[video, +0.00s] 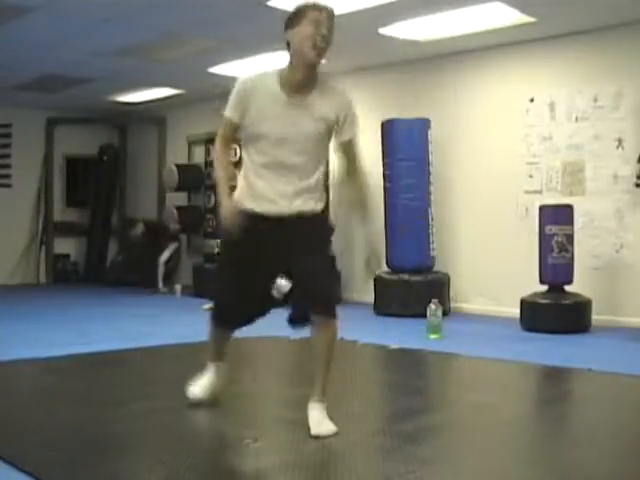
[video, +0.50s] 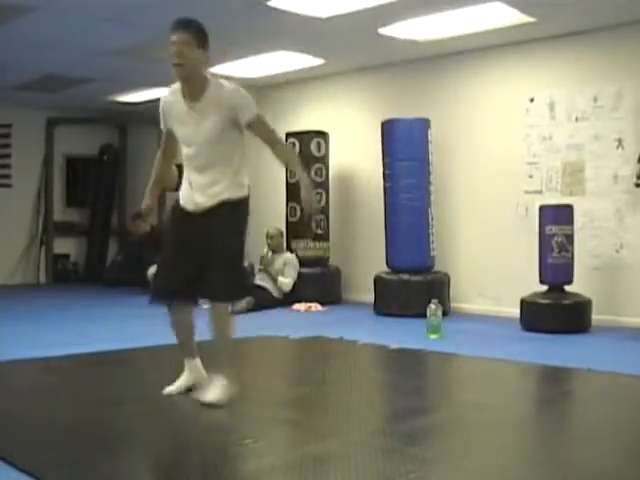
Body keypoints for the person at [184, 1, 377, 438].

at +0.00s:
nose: (321, 38)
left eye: (327, 34)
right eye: (313, 29)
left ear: (330, 44)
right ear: (290, 33)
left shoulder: (337, 100)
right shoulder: (249, 88)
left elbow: (349, 162)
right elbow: (223, 144)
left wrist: (359, 210)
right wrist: (225, 198)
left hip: (307, 222)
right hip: (252, 217)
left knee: (325, 309)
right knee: (227, 305)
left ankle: (318, 403)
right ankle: (215, 368)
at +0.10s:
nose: (308, 47)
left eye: (315, 43)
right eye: (302, 37)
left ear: (319, 53)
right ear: (279, 40)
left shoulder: (320, 110)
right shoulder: (238, 94)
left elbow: (320, 182)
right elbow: (213, 155)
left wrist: (322, 241)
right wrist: (206, 217)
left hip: (294, 225)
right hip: (238, 223)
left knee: (318, 306)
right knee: (210, 304)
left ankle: (316, 403)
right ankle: (201, 351)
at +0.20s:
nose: (271, 43)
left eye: (279, 38)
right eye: (266, 33)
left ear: (286, 45)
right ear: (251, 34)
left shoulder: (292, 98)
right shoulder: (213, 87)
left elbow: (299, 166)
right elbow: (194, 147)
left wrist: (300, 223)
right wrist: (186, 201)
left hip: (273, 216)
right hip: (216, 213)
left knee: (297, 301)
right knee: (193, 297)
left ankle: (314, 397)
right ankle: (198, 352)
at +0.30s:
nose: (230, 52)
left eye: (238, 45)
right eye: (225, 43)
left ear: (247, 48)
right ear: (212, 45)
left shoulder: (264, 102)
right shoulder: (189, 101)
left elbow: (285, 165)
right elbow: (174, 157)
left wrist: (296, 220)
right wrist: (157, 205)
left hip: (254, 217)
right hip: (200, 218)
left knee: (276, 302)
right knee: (177, 299)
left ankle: (300, 391)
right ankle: (194, 366)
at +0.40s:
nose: (195, 66)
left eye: (204, 59)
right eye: (190, 58)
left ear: (218, 63)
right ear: (182, 63)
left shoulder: (241, 110)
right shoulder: (174, 113)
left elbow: (274, 164)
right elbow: (167, 168)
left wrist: (300, 210)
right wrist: (143, 214)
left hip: (236, 221)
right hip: (190, 223)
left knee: (249, 304)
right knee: (168, 302)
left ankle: (266, 387)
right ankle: (195, 370)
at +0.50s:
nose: (175, 55)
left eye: (184, 48)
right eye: (172, 48)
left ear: (204, 53)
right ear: (168, 54)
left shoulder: (231, 95)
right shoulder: (169, 102)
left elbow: (272, 139)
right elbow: (166, 152)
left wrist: (303, 179)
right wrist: (151, 195)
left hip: (228, 203)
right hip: (187, 205)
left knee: (219, 292)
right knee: (176, 291)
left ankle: (225, 376)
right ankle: (192, 368)